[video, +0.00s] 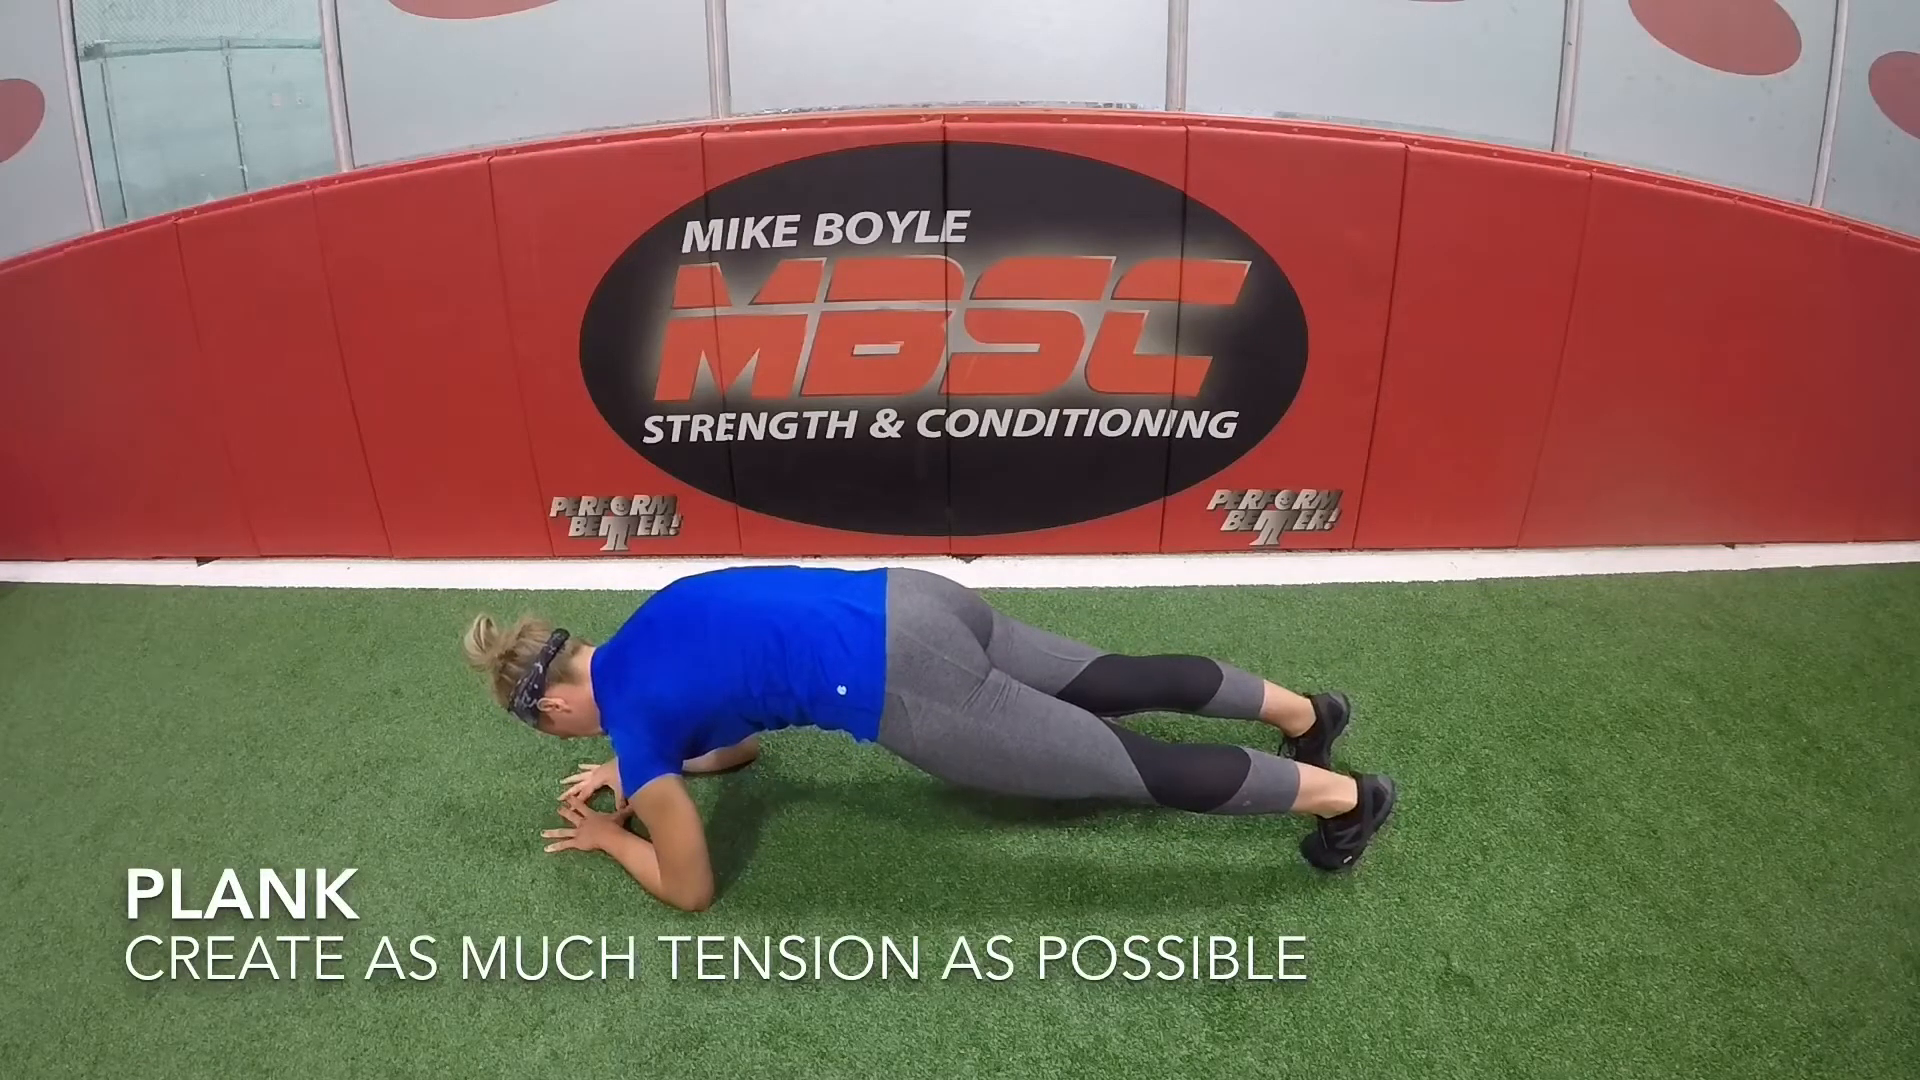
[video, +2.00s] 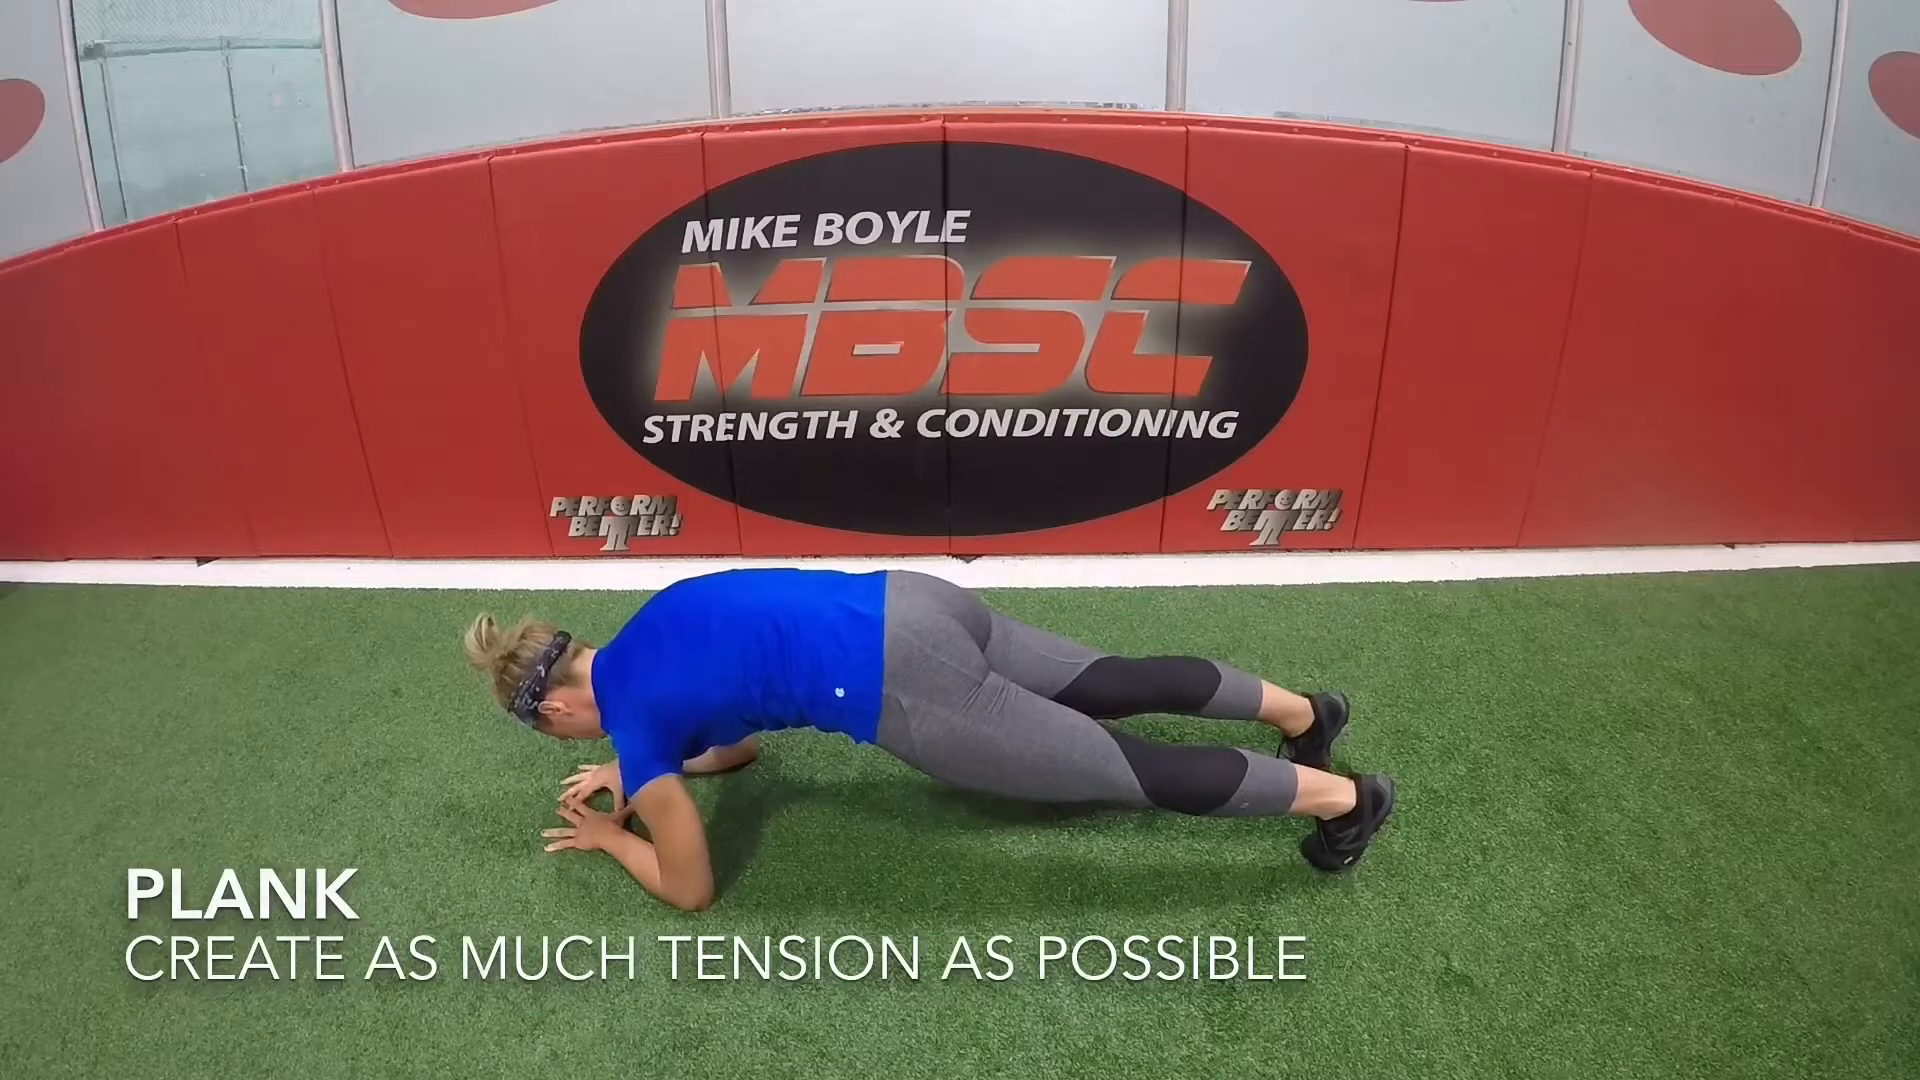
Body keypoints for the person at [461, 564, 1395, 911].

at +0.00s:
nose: (568, 734)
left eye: (553, 728)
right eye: (557, 729)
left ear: (559, 697)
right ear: (573, 646)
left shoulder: (632, 716)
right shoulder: (657, 608)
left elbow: (688, 886)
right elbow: (737, 740)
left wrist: (614, 841)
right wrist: (638, 778)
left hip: (900, 687)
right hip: (915, 591)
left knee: (1135, 767)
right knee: (1111, 678)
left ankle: (1342, 794)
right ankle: (1308, 714)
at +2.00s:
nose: (570, 737)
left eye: (555, 730)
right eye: (559, 730)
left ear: (561, 700)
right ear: (575, 649)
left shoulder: (633, 717)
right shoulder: (657, 612)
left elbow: (687, 885)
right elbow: (738, 742)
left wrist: (613, 840)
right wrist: (639, 778)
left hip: (899, 689)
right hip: (915, 594)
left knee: (1133, 771)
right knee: (1111, 680)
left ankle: (1342, 796)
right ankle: (1307, 715)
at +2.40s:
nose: (571, 736)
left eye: (555, 731)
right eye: (560, 730)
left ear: (559, 701)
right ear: (575, 648)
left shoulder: (631, 718)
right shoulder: (655, 611)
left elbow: (688, 885)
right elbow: (738, 742)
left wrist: (613, 841)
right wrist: (639, 777)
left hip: (899, 690)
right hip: (915, 594)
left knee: (1132, 771)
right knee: (1110, 680)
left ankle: (1343, 798)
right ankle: (1307, 714)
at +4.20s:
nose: (606, 752)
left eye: (591, 743)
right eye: (595, 745)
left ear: (600, 710)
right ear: (599, 670)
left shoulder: (689, 718)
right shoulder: (672, 628)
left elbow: (748, 878)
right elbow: (749, 739)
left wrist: (645, 854)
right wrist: (663, 792)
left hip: (938, 625)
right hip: (922, 539)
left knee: (1171, 606)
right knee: (1119, 544)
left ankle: (1345, 563)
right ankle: (1269, 508)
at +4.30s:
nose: (606, 751)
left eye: (591, 742)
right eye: (594, 744)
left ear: (600, 709)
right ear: (598, 668)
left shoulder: (689, 720)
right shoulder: (671, 628)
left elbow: (748, 879)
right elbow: (746, 740)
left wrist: (644, 854)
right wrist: (663, 791)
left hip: (938, 625)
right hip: (923, 539)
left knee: (1170, 606)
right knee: (1120, 543)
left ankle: (1343, 563)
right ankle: (1274, 508)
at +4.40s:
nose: (604, 750)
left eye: (589, 742)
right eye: (592, 743)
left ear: (599, 710)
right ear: (598, 669)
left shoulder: (690, 721)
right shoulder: (670, 629)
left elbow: (748, 879)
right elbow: (747, 739)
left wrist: (644, 853)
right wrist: (662, 791)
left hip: (937, 624)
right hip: (923, 539)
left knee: (1170, 606)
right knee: (1119, 543)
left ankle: (1342, 562)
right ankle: (1278, 509)